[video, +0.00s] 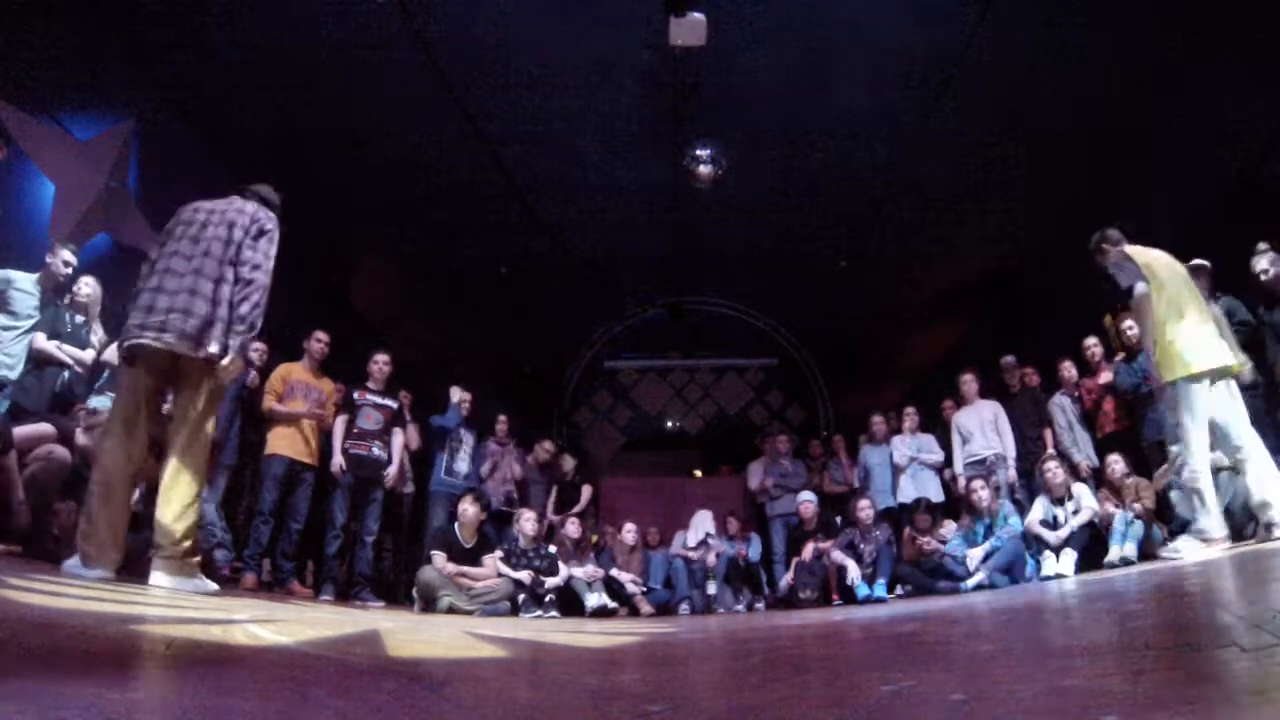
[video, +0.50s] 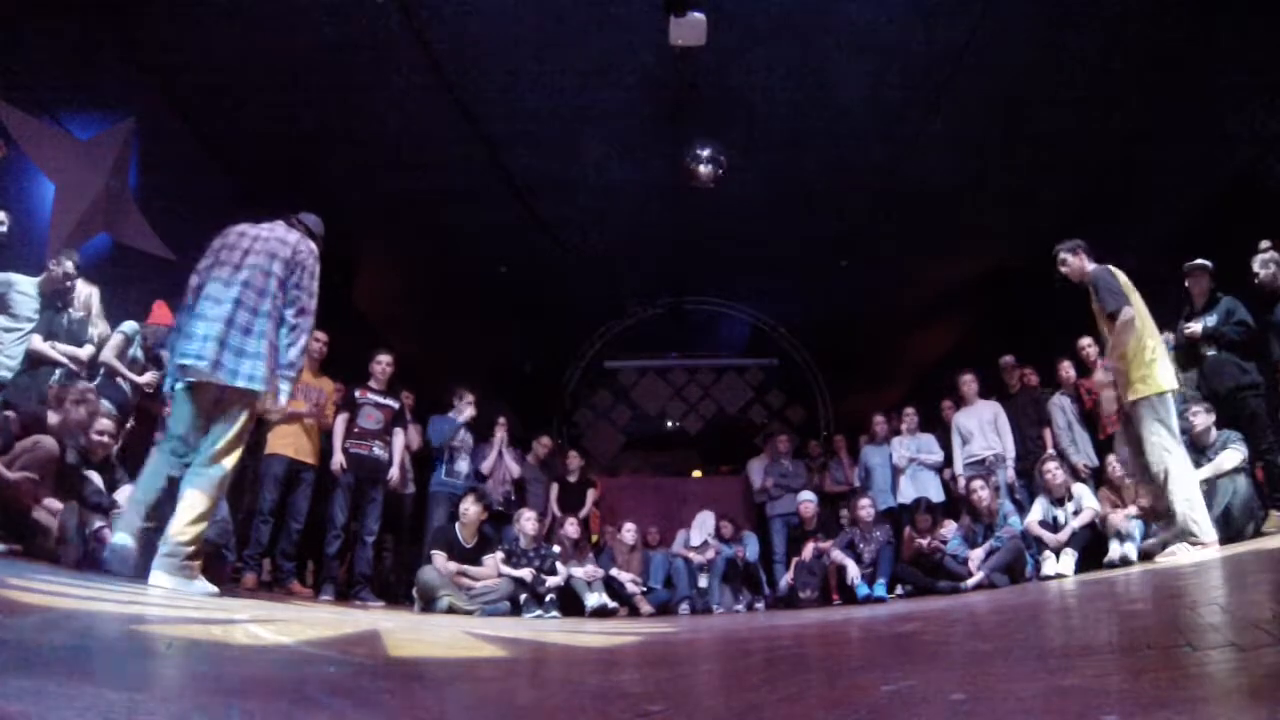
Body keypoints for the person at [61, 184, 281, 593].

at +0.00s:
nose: (269, 222)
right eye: (270, 215)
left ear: (240, 193)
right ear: (268, 206)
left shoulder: (189, 209)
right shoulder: (263, 219)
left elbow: (150, 266)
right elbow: (254, 279)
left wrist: (134, 326)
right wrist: (238, 345)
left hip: (151, 321)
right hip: (207, 334)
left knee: (121, 437)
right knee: (189, 447)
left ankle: (96, 557)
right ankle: (173, 565)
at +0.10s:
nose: (280, 231)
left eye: (280, 226)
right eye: (281, 225)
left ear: (253, 199)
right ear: (277, 214)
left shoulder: (199, 213)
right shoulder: (270, 224)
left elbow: (161, 270)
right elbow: (258, 284)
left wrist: (134, 331)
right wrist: (240, 350)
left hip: (151, 329)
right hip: (208, 340)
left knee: (127, 442)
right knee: (191, 455)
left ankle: (94, 558)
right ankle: (173, 567)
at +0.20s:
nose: (289, 237)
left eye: (290, 233)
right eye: (291, 232)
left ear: (261, 204)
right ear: (286, 220)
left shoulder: (209, 216)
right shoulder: (280, 230)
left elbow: (168, 273)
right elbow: (263, 290)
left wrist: (141, 336)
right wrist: (245, 355)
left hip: (159, 331)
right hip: (213, 346)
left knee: (135, 444)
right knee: (196, 457)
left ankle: (96, 557)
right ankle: (173, 567)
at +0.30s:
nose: (297, 243)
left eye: (299, 238)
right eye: (300, 238)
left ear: (269, 210)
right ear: (297, 229)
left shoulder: (219, 222)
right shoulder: (289, 240)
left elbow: (174, 278)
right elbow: (274, 306)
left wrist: (163, 340)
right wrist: (252, 370)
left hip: (172, 344)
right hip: (225, 358)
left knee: (147, 449)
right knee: (201, 462)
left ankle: (98, 550)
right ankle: (173, 566)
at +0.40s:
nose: (305, 248)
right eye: (307, 243)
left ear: (281, 217)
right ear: (304, 235)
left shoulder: (227, 227)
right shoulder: (297, 247)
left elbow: (183, 281)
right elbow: (285, 316)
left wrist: (176, 340)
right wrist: (266, 384)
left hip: (185, 346)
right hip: (240, 362)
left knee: (159, 448)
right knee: (207, 464)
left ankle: (114, 530)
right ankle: (174, 564)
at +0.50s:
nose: (311, 251)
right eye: (313, 246)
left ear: (288, 220)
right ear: (310, 236)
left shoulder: (233, 231)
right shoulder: (304, 249)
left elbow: (193, 290)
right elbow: (298, 319)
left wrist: (182, 353)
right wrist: (283, 386)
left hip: (197, 349)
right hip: (249, 363)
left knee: (171, 447)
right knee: (211, 465)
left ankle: (125, 532)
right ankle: (174, 564)